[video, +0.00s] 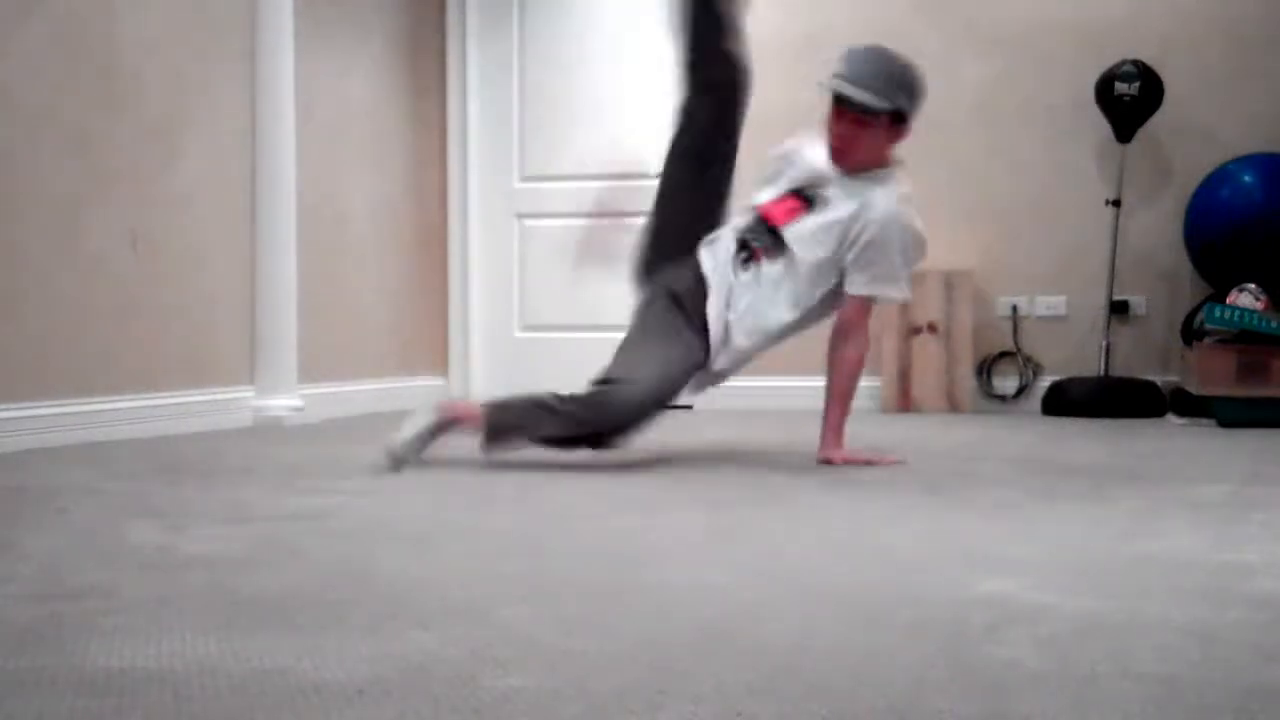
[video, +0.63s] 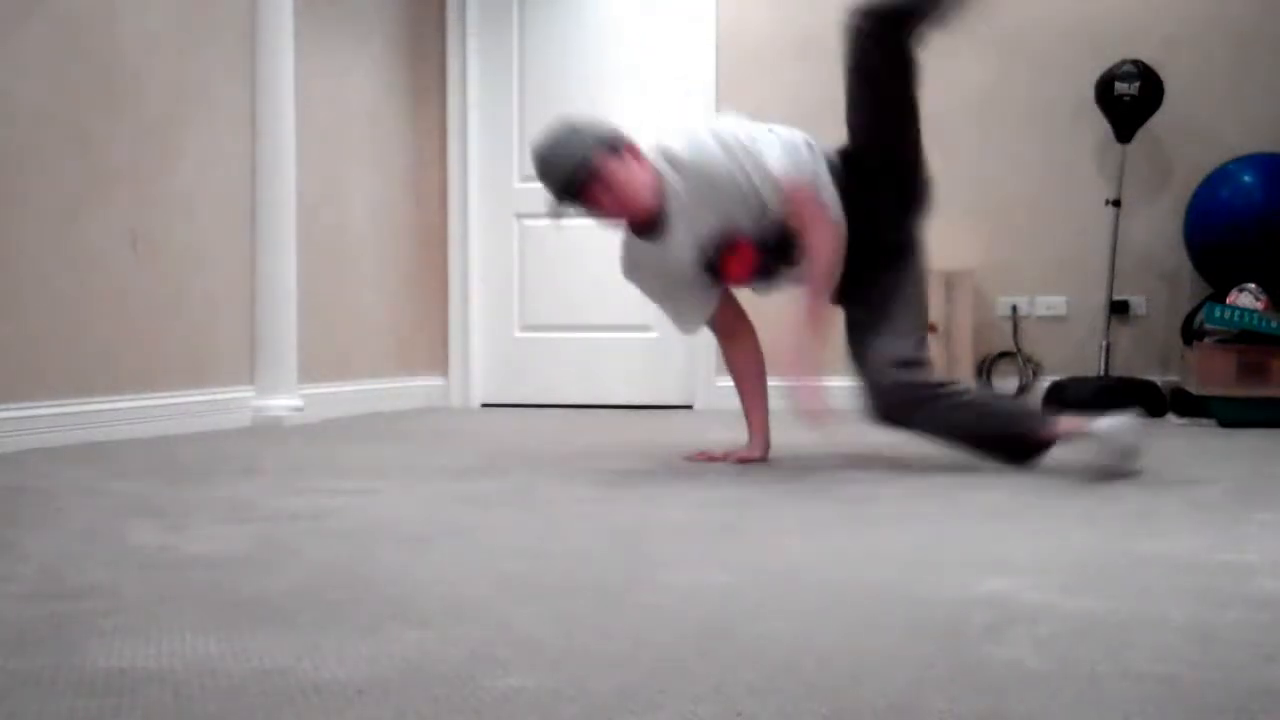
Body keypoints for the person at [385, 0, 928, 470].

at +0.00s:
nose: (841, 131)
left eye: (860, 122)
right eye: (839, 112)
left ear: (897, 136)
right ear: (829, 107)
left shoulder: (884, 220)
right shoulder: (805, 156)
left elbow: (851, 333)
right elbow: (754, 237)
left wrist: (832, 444)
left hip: (689, 335)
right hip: (682, 262)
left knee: (608, 416)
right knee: (717, 89)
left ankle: (455, 416)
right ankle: (711, 1)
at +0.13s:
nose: (811, 162)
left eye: (823, 153)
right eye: (811, 149)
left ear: (860, 148)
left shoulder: (881, 232)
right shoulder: (851, 148)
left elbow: (844, 337)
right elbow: (790, 164)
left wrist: (831, 443)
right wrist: (737, 114)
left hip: (742, 312)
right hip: (743, 219)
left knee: (634, 408)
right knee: (644, 103)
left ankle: (622, 425)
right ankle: (533, 24)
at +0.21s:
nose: (766, 185)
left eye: (780, 178)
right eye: (760, 172)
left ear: (823, 165)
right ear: (758, 131)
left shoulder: (865, 215)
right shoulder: (788, 117)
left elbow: (845, 333)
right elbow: (745, 177)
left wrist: (834, 443)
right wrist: (703, 242)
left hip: (814, 261)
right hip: (767, 191)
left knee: (787, 344)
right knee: (639, 139)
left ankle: (739, 423)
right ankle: (505, 113)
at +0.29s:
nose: (743, 238)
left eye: (756, 223)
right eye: (734, 222)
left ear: (794, 204)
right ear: (719, 198)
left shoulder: (848, 228)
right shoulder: (711, 197)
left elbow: (839, 334)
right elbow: (718, 293)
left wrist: (832, 446)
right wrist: (721, 396)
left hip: (910, 176)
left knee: (880, 295)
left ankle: (883, 393)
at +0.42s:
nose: (716, 306)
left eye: (718, 288)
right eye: (703, 297)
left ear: (748, 250)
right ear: (683, 268)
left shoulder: (809, 232)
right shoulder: (694, 238)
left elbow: (834, 336)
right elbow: (732, 338)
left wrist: (832, 444)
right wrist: (755, 443)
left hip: (847, 141)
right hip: (768, 146)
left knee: (994, 226)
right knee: (774, 324)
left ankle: (1113, 259)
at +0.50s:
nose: (690, 271)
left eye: (690, 249)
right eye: (670, 267)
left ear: (704, 216)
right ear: (651, 270)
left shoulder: (778, 219)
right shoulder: (667, 271)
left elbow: (825, 325)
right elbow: (731, 338)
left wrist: (835, 442)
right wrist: (756, 444)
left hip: (842, 156)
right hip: (823, 234)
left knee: (967, 121)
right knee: (873, 384)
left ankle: (1095, 109)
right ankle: (978, 384)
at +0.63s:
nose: (604, 204)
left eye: (600, 182)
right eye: (586, 200)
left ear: (628, 150)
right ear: (584, 209)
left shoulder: (707, 151)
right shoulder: (649, 260)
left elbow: (819, 216)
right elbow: (732, 329)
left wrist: (808, 351)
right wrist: (755, 441)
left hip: (872, 188)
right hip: (865, 271)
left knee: (875, 31)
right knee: (894, 393)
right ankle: (1060, 433)